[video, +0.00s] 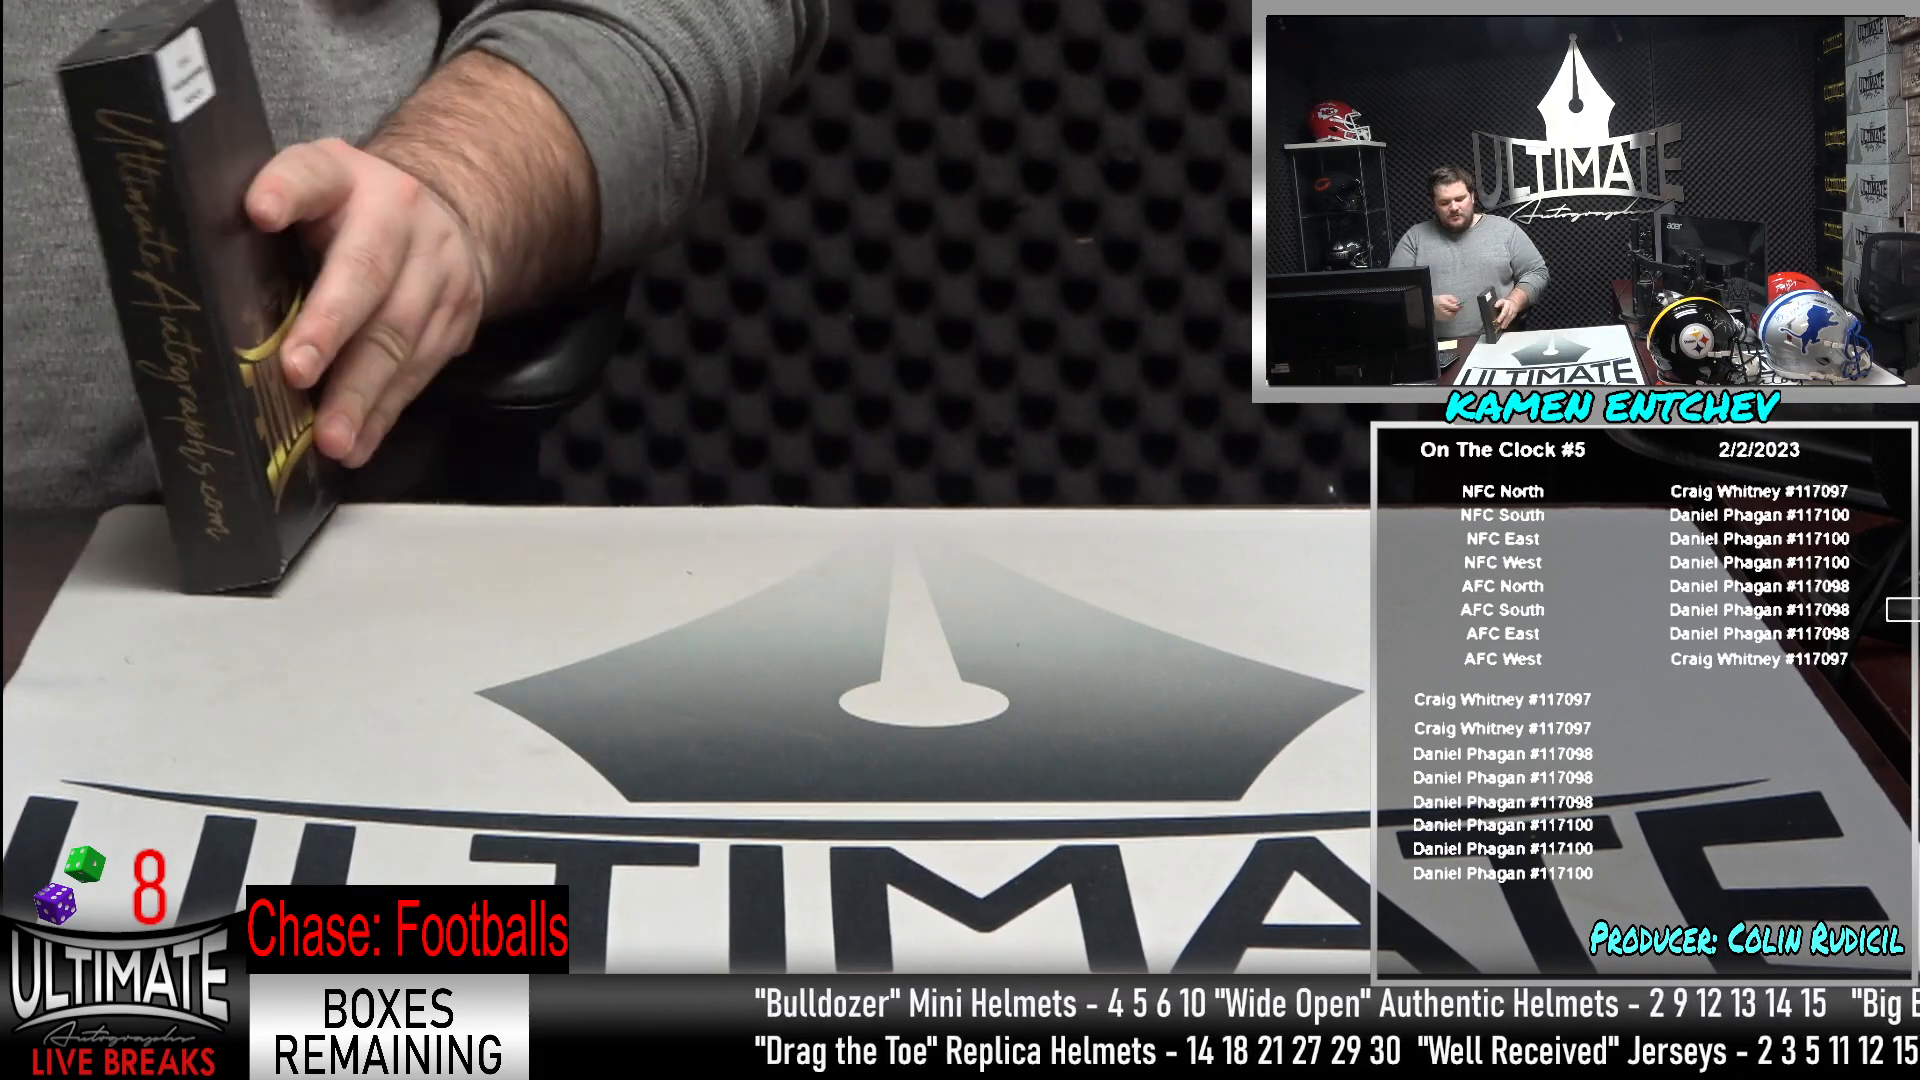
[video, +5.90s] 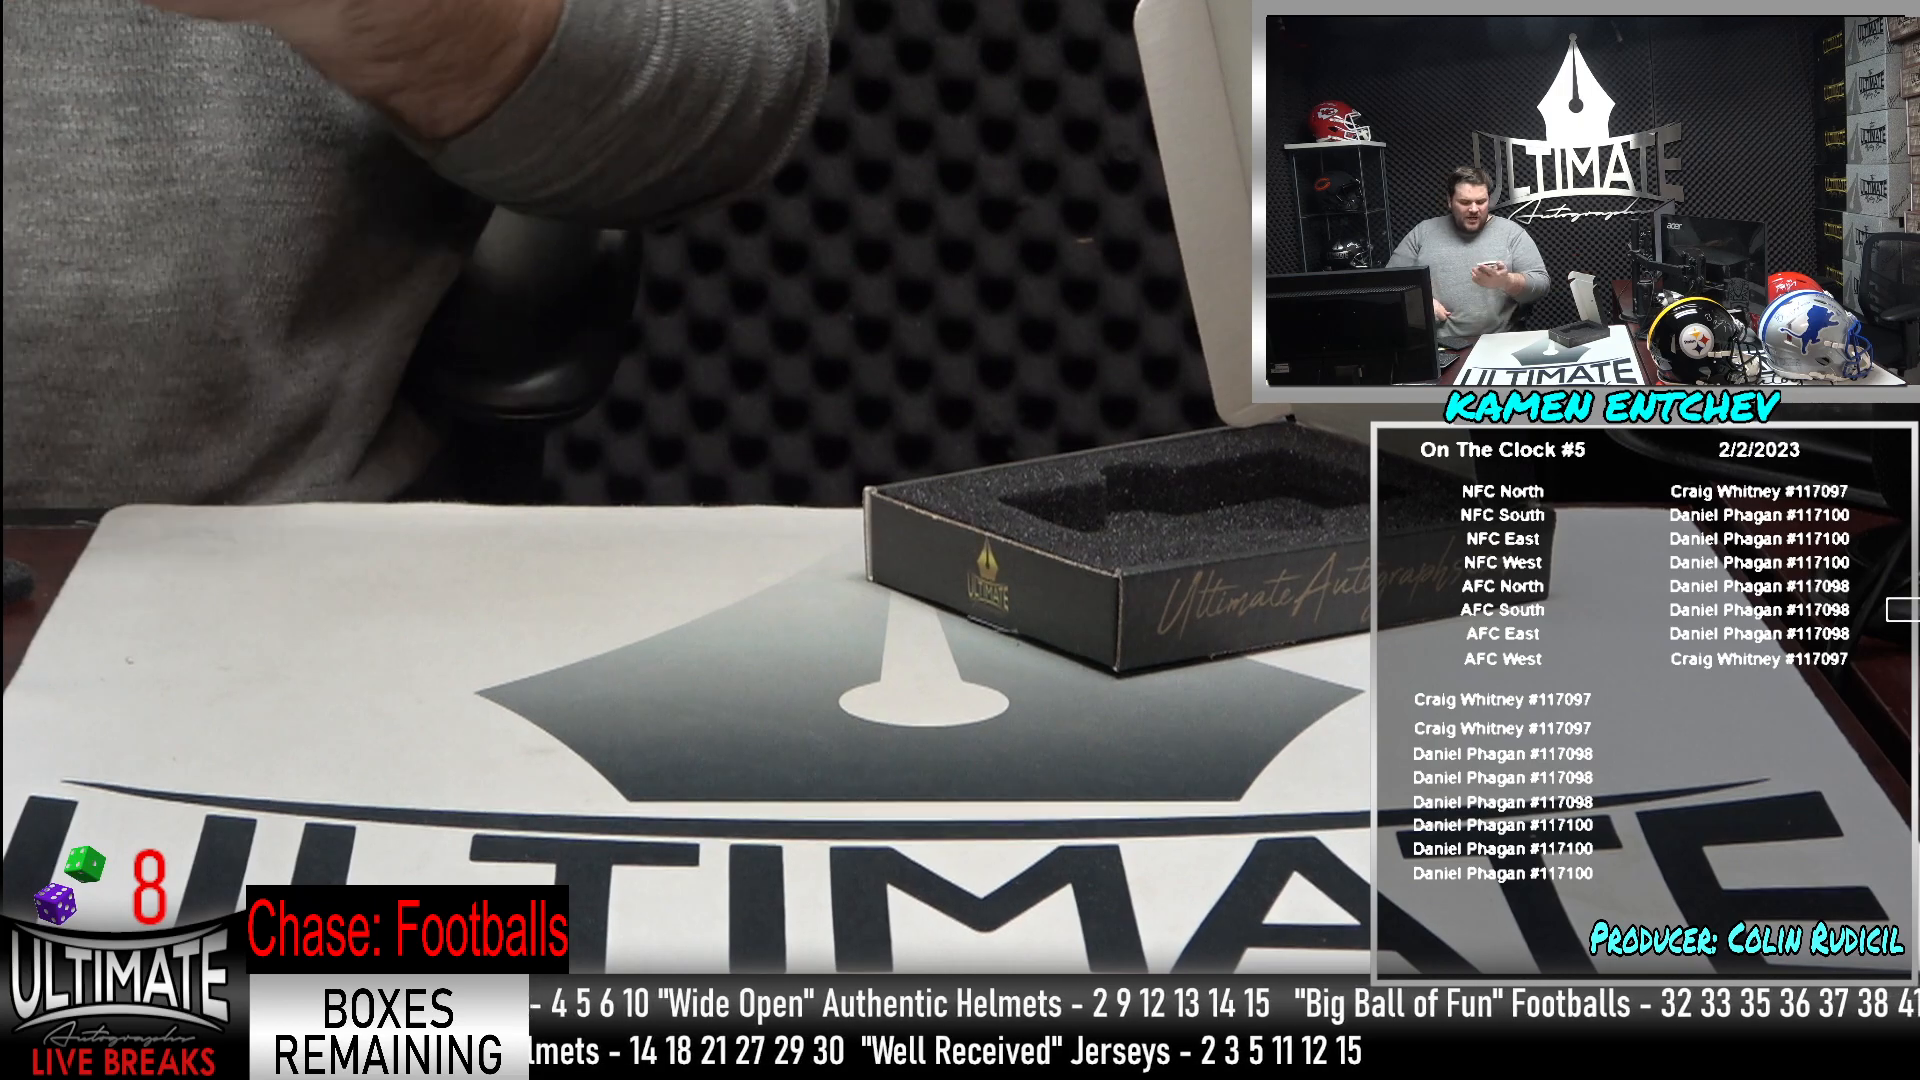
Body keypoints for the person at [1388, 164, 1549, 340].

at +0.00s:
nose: (1454, 208)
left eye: (1460, 199)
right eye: (1445, 202)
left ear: (1472, 197)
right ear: (1433, 204)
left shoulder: (1505, 231)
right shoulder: (1416, 238)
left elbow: (1536, 272)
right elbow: (1393, 290)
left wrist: (1515, 302)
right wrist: (1428, 304)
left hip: (1498, 347)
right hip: (1437, 352)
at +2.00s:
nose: (1459, 216)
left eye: (1465, 207)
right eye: (1450, 209)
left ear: (1476, 202)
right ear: (1436, 206)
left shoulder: (1505, 231)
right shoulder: (1416, 238)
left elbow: (1538, 272)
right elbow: (1391, 289)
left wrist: (1510, 293)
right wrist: (1429, 300)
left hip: (1500, 347)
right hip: (1436, 353)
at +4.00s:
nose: (1472, 221)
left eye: (1479, 213)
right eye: (1463, 213)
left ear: (1486, 207)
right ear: (1446, 204)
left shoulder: (1507, 233)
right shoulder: (1418, 235)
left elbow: (1538, 284)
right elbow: (1393, 285)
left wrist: (1523, 271)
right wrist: (1432, 291)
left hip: (1494, 347)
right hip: (1432, 350)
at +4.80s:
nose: (1459, 213)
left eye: (1467, 206)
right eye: (1452, 205)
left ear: (1479, 204)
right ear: (1441, 202)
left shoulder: (1507, 234)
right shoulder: (1417, 236)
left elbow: (1527, 276)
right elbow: (1391, 289)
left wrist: (1548, 272)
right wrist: (1424, 293)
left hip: (1494, 347)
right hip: (1433, 351)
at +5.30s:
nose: (1461, 209)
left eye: (1468, 200)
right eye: (1452, 202)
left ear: (1480, 199)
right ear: (1441, 203)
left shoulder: (1508, 233)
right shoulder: (1418, 235)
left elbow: (1542, 277)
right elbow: (1392, 287)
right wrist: (1428, 289)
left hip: (1496, 346)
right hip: (1434, 351)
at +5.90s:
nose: (1474, 209)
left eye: (1480, 201)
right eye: (1465, 202)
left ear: (1489, 200)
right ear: (1450, 201)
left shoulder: (1511, 234)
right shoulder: (1424, 234)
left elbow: (1541, 283)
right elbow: (1389, 280)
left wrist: (1507, 282)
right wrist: (1422, 301)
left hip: (1497, 346)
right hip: (1437, 350)